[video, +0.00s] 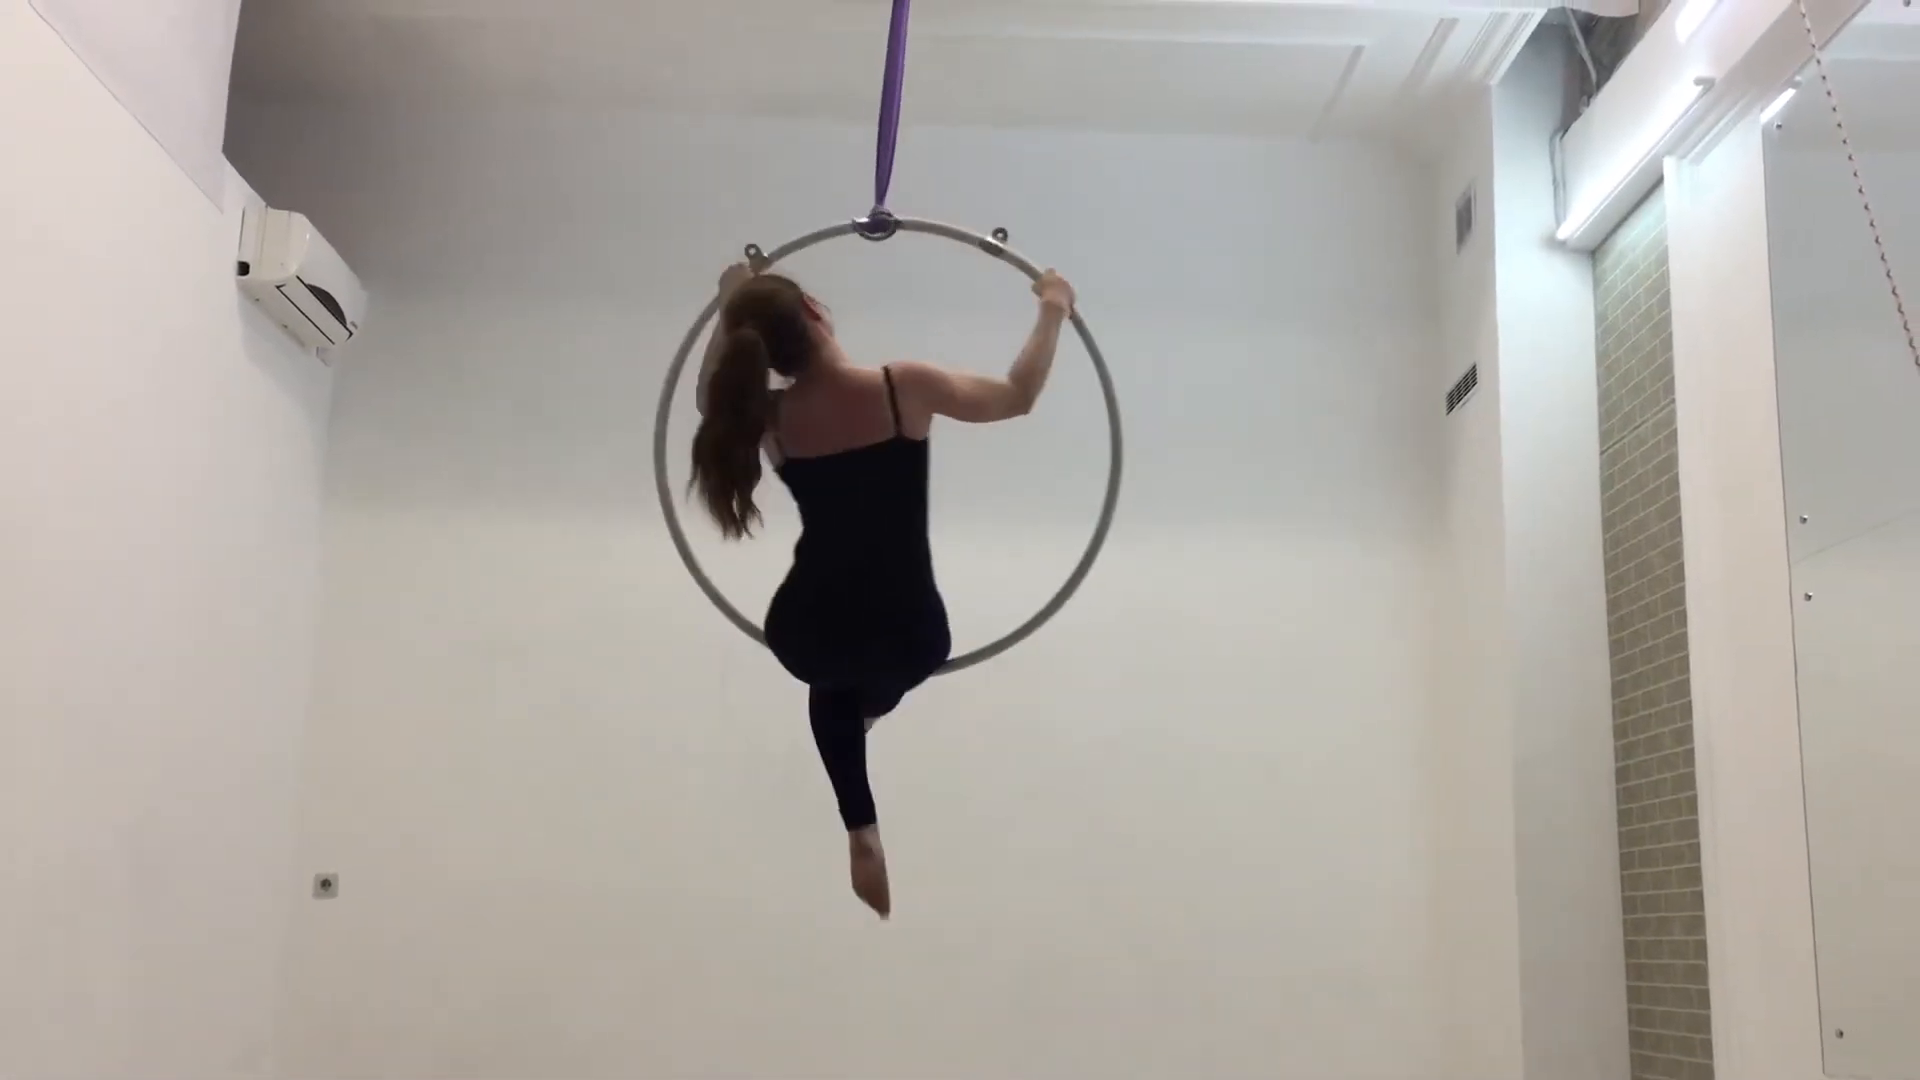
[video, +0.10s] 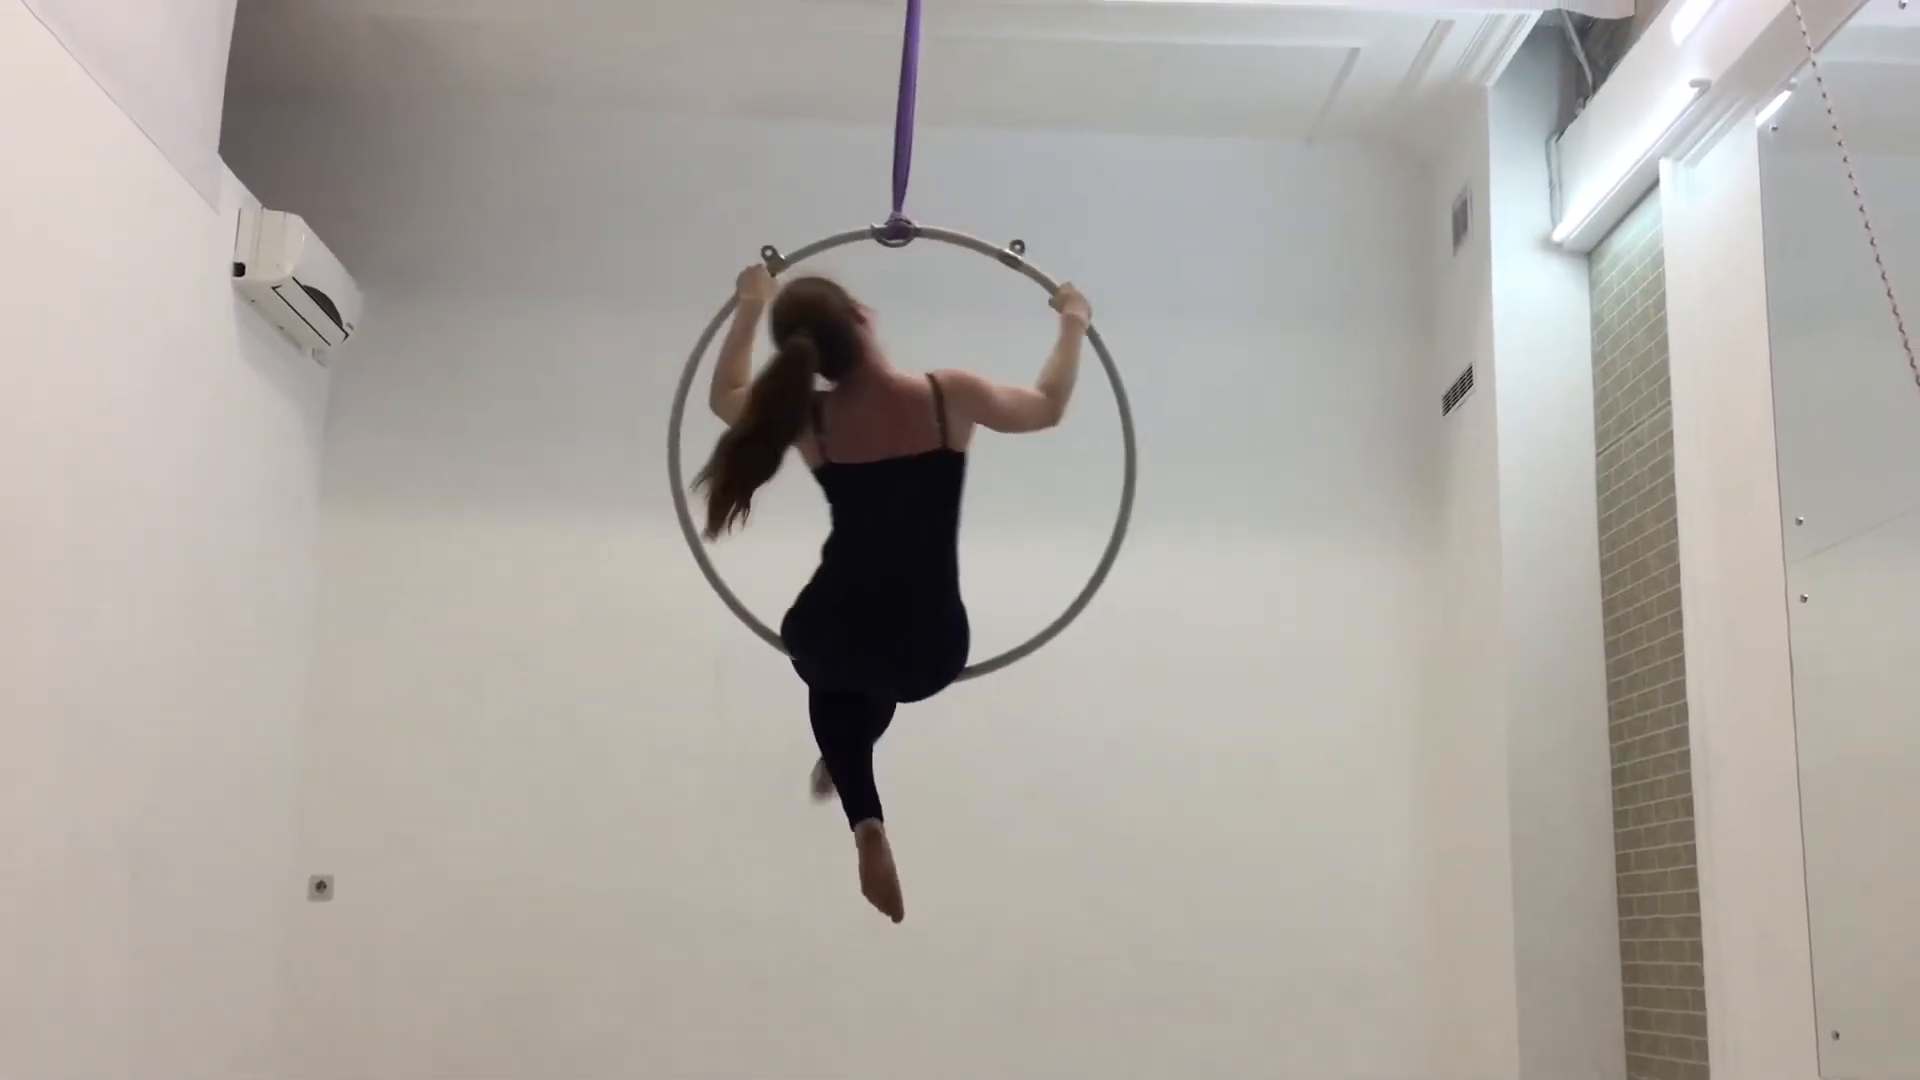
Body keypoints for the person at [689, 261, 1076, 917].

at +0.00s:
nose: (821, 305)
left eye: (809, 300)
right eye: (815, 300)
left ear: (766, 348)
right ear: (818, 313)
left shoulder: (778, 423)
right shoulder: (907, 386)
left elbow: (726, 394)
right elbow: (1016, 395)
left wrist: (736, 311)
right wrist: (1053, 310)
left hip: (817, 624)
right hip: (907, 623)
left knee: (828, 692)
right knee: (879, 686)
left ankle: (863, 835)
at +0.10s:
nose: (867, 306)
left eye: (853, 302)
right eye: (858, 303)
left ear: (811, 351)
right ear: (863, 317)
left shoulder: (811, 421)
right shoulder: (949, 394)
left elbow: (726, 399)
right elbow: (1048, 407)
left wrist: (749, 308)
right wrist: (1074, 325)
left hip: (835, 634)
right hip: (928, 639)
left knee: (832, 690)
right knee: (881, 685)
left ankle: (869, 825)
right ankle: (834, 764)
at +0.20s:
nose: (922, 311)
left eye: (911, 305)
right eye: (915, 306)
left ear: (856, 352)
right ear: (916, 322)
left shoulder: (853, 415)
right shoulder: (996, 403)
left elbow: (758, 397)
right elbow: (1076, 419)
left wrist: (775, 301)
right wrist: (1094, 339)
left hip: (855, 630)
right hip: (949, 644)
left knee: (824, 667)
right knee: (879, 693)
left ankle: (872, 801)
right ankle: (816, 832)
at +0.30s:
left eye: (917, 338)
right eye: (970, 319)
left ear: (911, 351)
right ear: (977, 329)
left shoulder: (905, 416)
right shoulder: (1036, 410)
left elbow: (794, 391)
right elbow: (1102, 432)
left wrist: (805, 291)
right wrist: (1112, 349)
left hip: (881, 622)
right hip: (973, 640)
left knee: (823, 684)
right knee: (873, 708)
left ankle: (889, 797)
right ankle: (830, 858)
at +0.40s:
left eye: (971, 323)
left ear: (966, 341)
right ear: (1035, 334)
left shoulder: (939, 414)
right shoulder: (1066, 418)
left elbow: (822, 387)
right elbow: (1118, 440)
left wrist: (830, 285)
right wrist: (1118, 356)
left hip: (912, 619)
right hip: (997, 634)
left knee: (818, 687)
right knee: (869, 698)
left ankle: (914, 795)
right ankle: (871, 836)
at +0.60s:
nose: (1051, 301)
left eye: (1061, 306)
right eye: (1064, 298)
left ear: (1065, 345)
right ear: (1107, 364)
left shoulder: (1012, 410)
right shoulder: (1101, 427)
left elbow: (894, 374)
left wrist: (893, 271)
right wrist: (1068, 350)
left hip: (979, 622)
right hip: (1041, 637)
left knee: (824, 688)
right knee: (876, 702)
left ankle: (967, 775)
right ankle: (961, 804)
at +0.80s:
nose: (1099, 303)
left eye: (1116, 302)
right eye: (1114, 297)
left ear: (1133, 336)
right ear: (1135, 343)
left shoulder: (1101, 408)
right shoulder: (1091, 403)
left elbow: (1020, 363)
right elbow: (1018, 368)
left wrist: (1011, 261)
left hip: (1041, 611)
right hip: (1039, 611)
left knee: (862, 677)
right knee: (870, 694)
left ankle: (1002, 790)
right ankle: (984, 828)